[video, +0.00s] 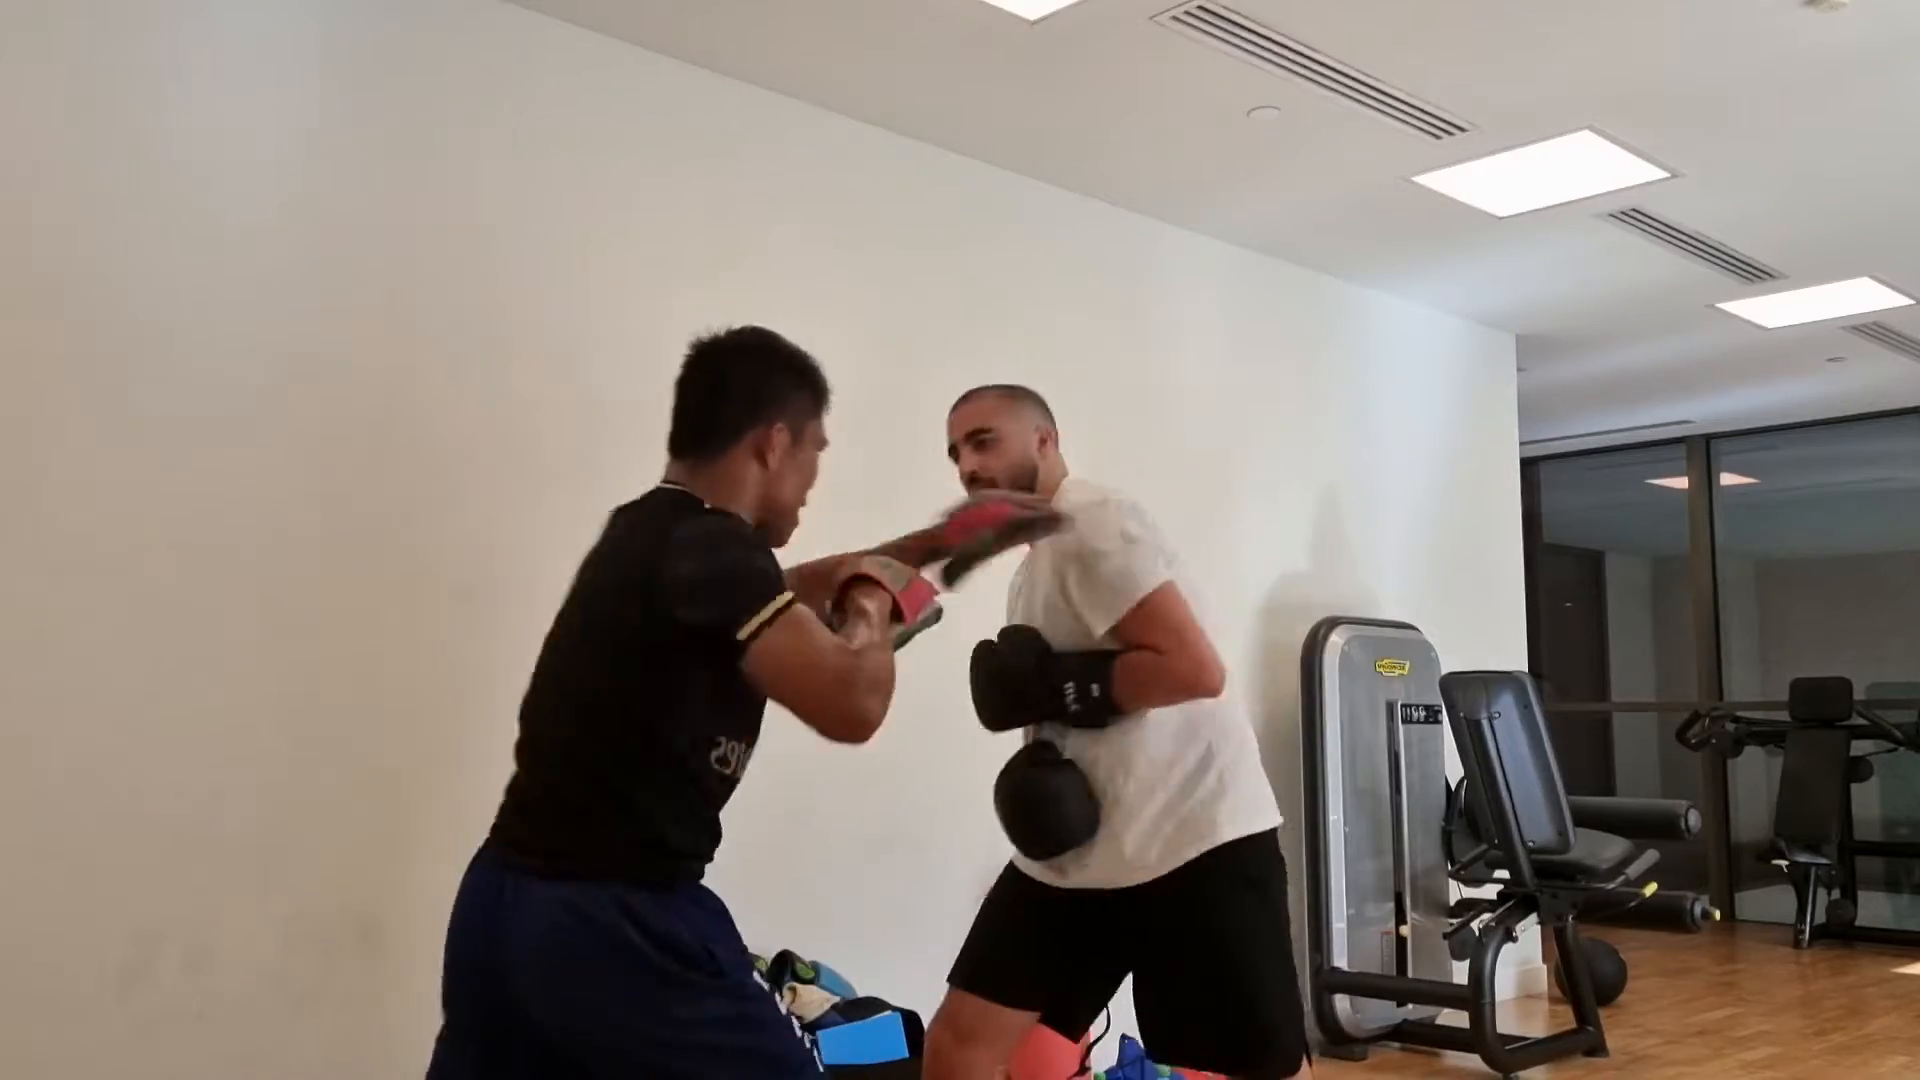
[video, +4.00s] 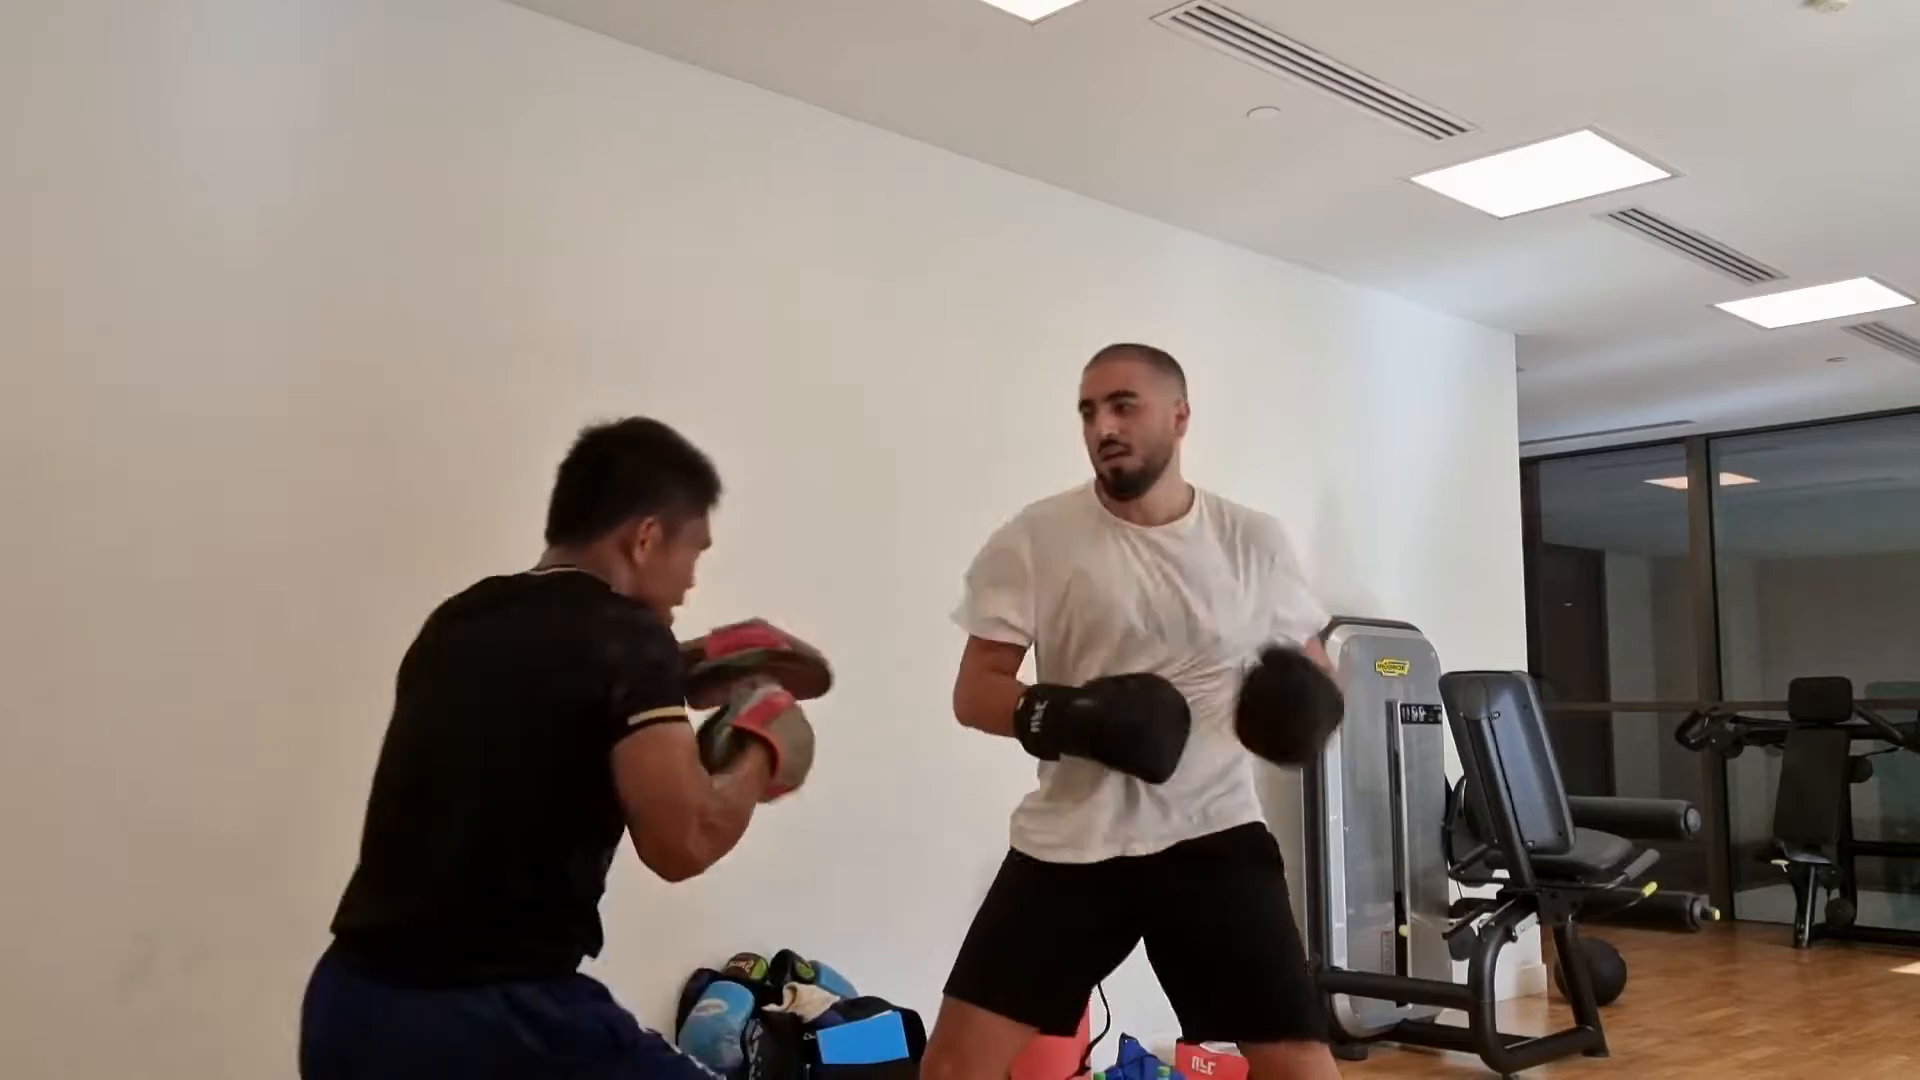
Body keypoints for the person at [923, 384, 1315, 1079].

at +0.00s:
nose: (967, 466)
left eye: (983, 441)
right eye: (957, 452)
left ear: (1046, 442)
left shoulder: (1097, 528)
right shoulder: (1028, 579)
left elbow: (1195, 669)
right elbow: (1068, 708)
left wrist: (1052, 684)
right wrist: (1039, 776)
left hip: (1198, 844)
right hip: (1078, 853)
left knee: (1268, 1067)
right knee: (961, 1048)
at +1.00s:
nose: (1171, 413)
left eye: (1198, 400)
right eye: (1160, 397)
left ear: (1241, 430)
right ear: (1143, 415)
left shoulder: (1266, 551)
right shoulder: (1074, 526)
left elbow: (1311, 731)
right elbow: (1015, 692)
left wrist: (1292, 649)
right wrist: (1127, 763)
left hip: (1217, 856)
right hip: (1068, 852)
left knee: (1312, 1069)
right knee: (972, 1068)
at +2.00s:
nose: (858, 565)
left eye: (865, 541)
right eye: (851, 554)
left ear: (930, 524)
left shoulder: (988, 551)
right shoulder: (966, 600)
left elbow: (1011, 694)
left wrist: (907, 693)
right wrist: (1037, 791)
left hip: (1189, 825)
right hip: (1084, 839)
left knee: (1261, 1064)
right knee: (960, 1032)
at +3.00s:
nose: (1088, 419)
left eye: (1112, 402)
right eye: (1079, 404)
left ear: (1168, 420)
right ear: (1067, 419)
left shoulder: (1235, 545)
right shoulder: (1020, 542)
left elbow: (1291, 718)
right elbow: (993, 717)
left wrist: (1190, 685)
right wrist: (1067, 783)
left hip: (1207, 860)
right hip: (1052, 867)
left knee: (1282, 1068)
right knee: (955, 1067)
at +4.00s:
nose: (1103, 427)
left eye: (1124, 406)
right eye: (1090, 413)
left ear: (1180, 416)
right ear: (1079, 427)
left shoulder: (1257, 544)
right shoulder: (1032, 540)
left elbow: (1315, 661)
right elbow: (975, 691)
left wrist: (1304, 697)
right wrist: (1066, 714)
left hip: (1216, 844)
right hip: (1066, 851)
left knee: (1300, 1066)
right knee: (957, 1066)